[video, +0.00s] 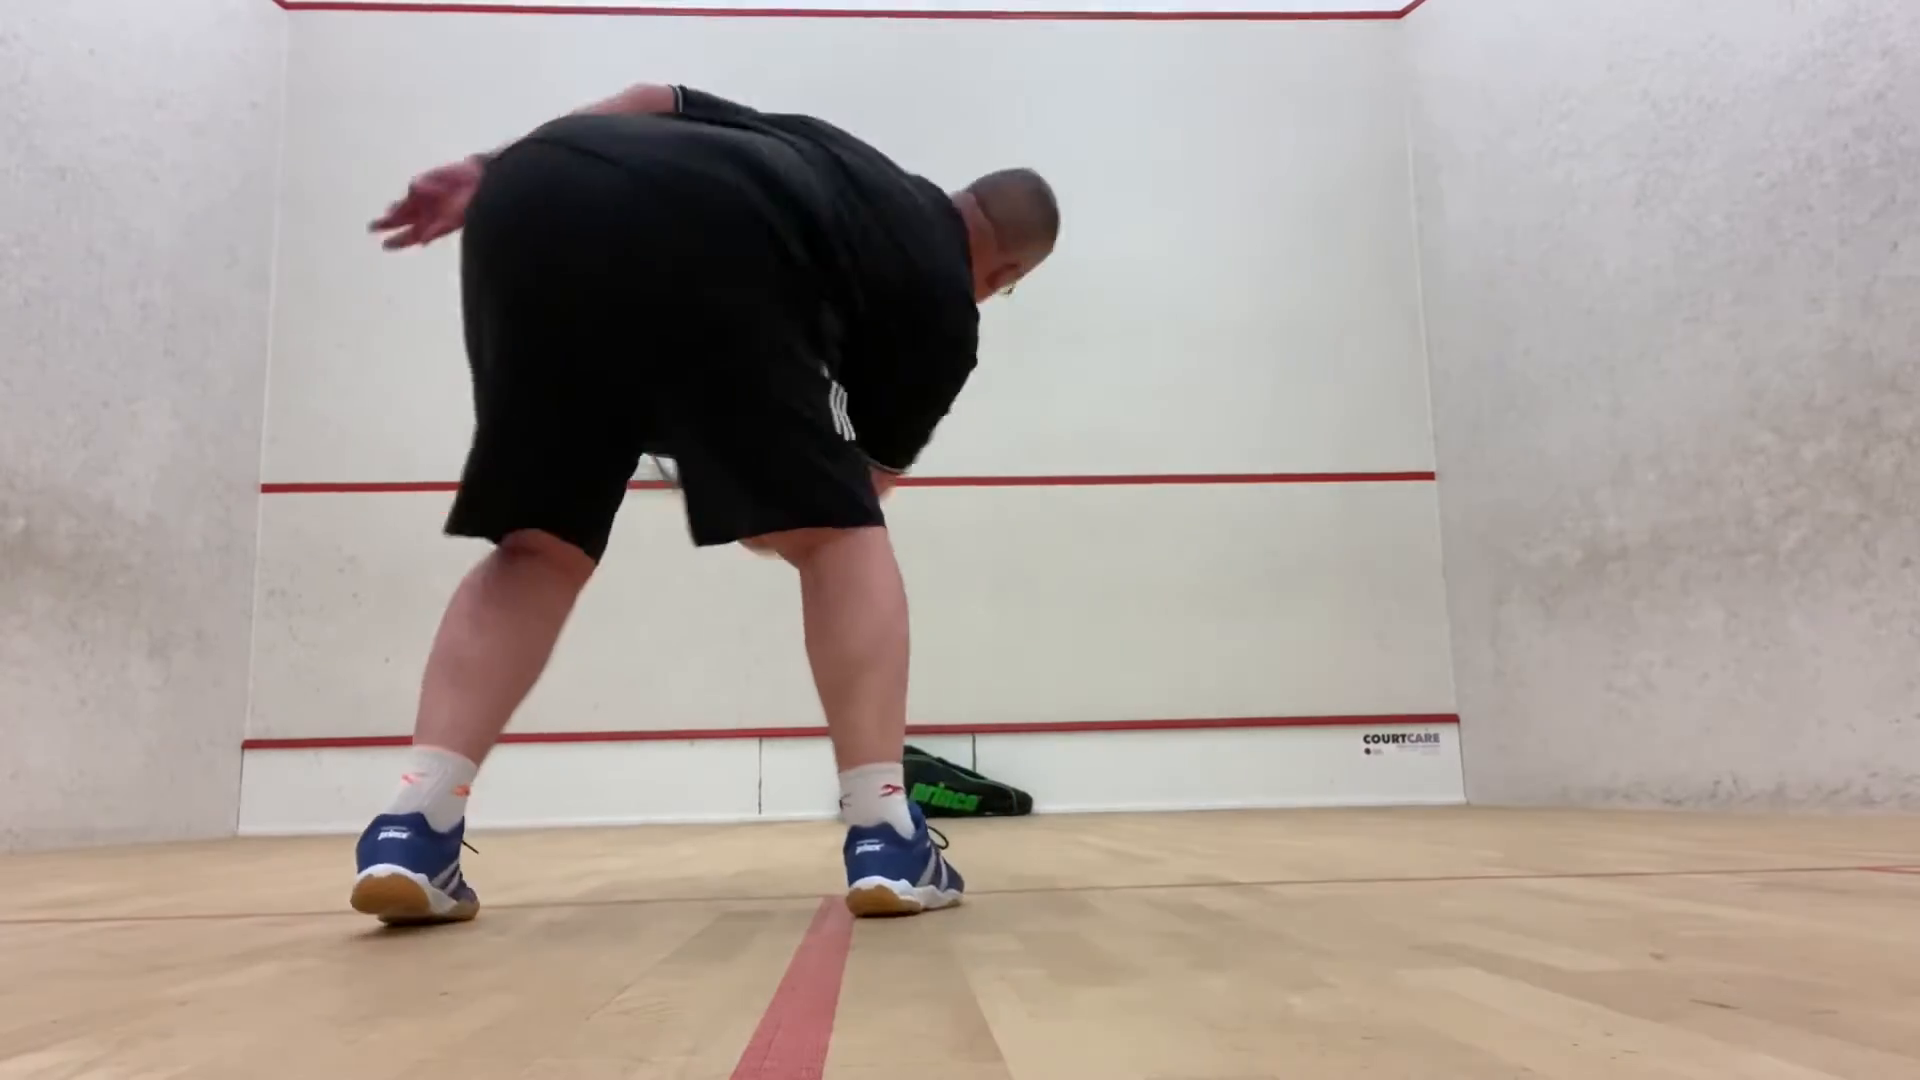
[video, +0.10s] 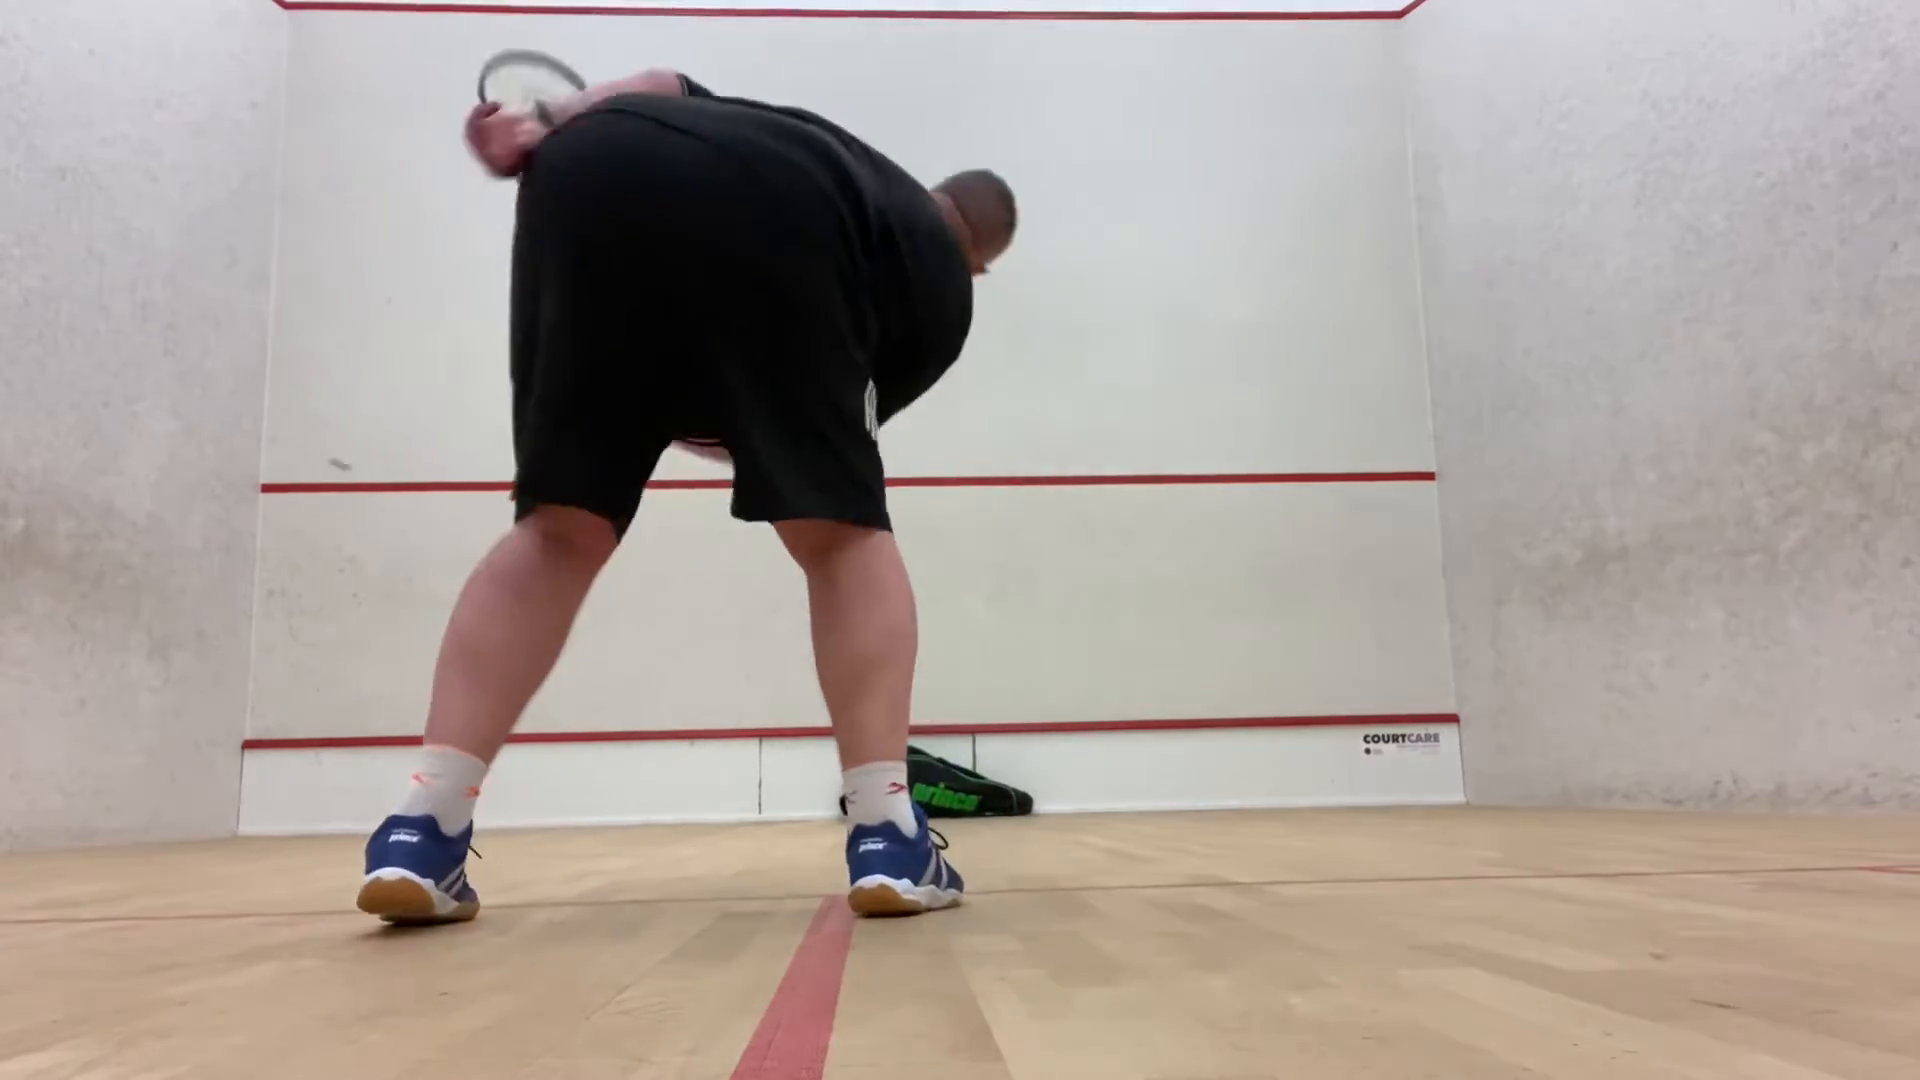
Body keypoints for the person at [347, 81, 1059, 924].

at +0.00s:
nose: (998, 296)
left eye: (1008, 283)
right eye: (1010, 282)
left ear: (960, 195)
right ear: (1005, 263)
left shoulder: (825, 155)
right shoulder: (943, 312)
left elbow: (654, 98)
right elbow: (865, 487)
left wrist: (493, 171)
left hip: (536, 194)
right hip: (718, 234)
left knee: (541, 539)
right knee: (842, 533)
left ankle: (417, 823)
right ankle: (883, 833)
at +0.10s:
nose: (975, 273)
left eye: (977, 255)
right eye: (981, 262)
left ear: (929, 191)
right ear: (978, 252)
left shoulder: (817, 148)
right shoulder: (940, 292)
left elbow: (669, 83)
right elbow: (824, 405)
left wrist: (544, 124)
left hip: (593, 162)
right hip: (774, 211)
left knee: (562, 521)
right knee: (841, 535)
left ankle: (426, 825)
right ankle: (883, 827)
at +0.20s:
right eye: (953, 181)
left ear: (894, 127)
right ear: (953, 178)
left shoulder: (783, 87)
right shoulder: (936, 234)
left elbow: (686, 28)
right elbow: (873, 387)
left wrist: (597, 48)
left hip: (631, 159)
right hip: (813, 218)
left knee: (585, 511)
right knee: (840, 537)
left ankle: (458, 810)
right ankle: (885, 818)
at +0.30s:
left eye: (865, 22)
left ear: (841, 25)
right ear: (908, 82)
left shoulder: (765, 17)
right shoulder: (913, 145)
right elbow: (917, 335)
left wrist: (568, 9)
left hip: (665, 197)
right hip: (834, 249)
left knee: (594, 496)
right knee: (839, 546)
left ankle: (532, 765)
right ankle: (889, 804)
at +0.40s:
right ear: (863, 2)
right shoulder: (867, 61)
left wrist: (486, 7)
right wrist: (654, 216)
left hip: (704, 210)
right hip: (864, 250)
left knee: (605, 512)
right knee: (830, 552)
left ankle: (566, 790)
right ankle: (880, 798)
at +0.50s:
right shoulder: (825, 19)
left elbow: (615, 6)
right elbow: (686, 138)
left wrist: (440, 49)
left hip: (708, 257)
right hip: (868, 273)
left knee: (638, 544)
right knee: (815, 555)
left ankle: (568, 816)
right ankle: (873, 800)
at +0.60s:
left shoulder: (649, 9)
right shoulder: (784, 19)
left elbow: (575, 105)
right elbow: (593, 153)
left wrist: (460, 182)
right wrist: (587, 26)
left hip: (700, 313)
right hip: (852, 310)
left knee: (642, 562)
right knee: (817, 570)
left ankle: (593, 827)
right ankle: (888, 796)